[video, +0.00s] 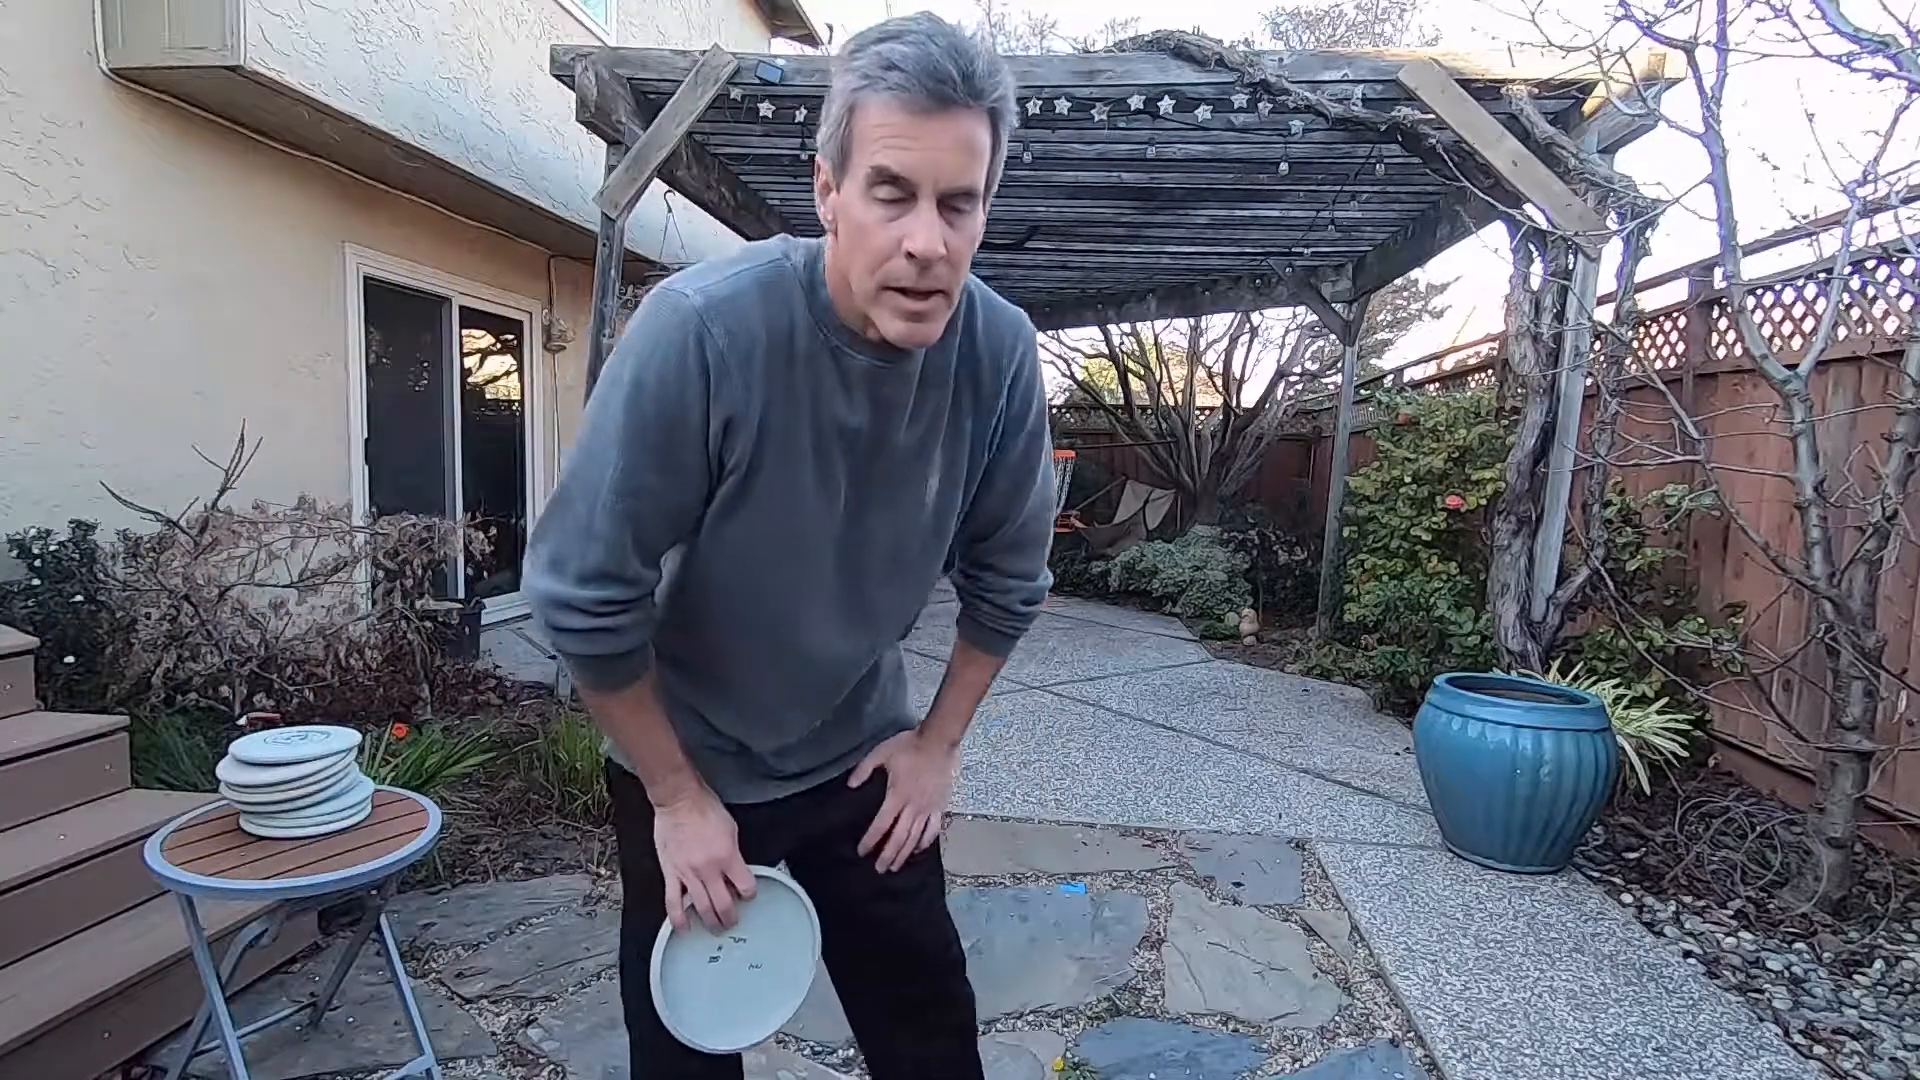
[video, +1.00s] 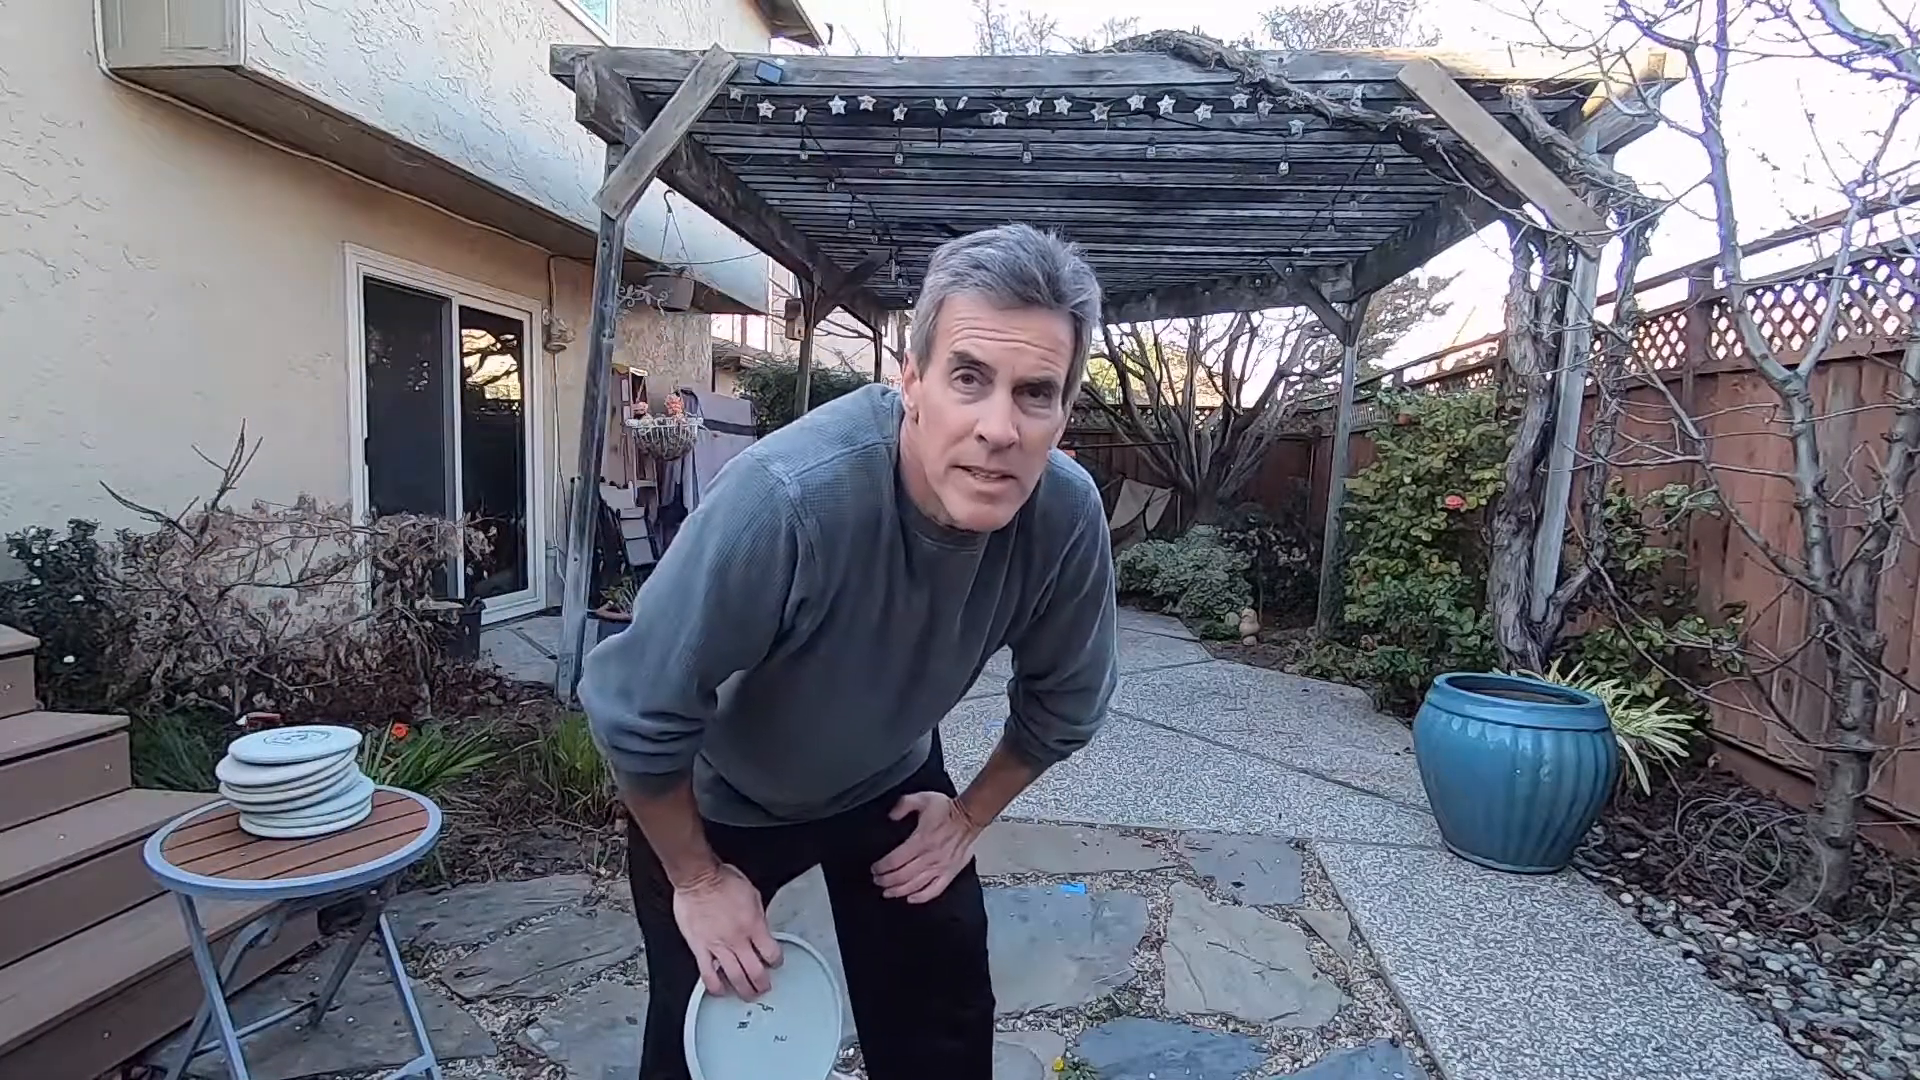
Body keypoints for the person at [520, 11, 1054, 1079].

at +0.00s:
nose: (927, 244)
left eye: (959, 205)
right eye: (891, 194)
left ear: (988, 209)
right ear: (826, 187)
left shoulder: (998, 354)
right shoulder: (699, 333)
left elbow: (1008, 571)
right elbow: (579, 591)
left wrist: (940, 739)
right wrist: (677, 796)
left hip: (863, 752)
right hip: (682, 765)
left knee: (931, 1038)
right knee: (681, 1053)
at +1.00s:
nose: (1001, 430)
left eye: (1036, 394)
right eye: (970, 380)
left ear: (1065, 410)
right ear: (909, 380)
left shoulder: (1064, 515)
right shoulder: (783, 497)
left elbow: (1066, 699)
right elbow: (634, 708)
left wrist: (970, 815)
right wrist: (696, 877)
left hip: (891, 772)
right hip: (724, 785)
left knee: (943, 1024)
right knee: (696, 1033)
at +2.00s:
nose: (1017, 447)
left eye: (1056, 413)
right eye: (989, 396)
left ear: (1089, 431)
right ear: (931, 392)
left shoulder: (1087, 532)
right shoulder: (800, 519)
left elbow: (1087, 715)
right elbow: (646, 723)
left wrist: (991, 829)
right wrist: (710, 890)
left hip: (909, 779)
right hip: (743, 791)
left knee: (953, 1032)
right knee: (707, 1034)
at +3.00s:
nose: (1023, 473)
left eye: (1061, 436)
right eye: (995, 419)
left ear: (1091, 444)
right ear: (934, 411)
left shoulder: (1091, 547)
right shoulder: (800, 539)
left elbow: (1090, 725)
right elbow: (638, 734)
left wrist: (994, 842)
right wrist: (700, 895)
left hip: (906, 784)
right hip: (736, 799)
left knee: (953, 1040)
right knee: (704, 1041)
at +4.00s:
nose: (1034, 203)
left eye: (1068, 178)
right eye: (1013, 152)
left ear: (1088, 184)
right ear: (949, 128)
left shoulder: (1036, 357)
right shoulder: (807, 313)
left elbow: (1063, 578)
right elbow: (745, 604)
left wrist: (1073, 775)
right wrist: (901, 838)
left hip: (939, 776)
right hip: (783, 782)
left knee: (954, 1060)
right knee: (795, 1061)